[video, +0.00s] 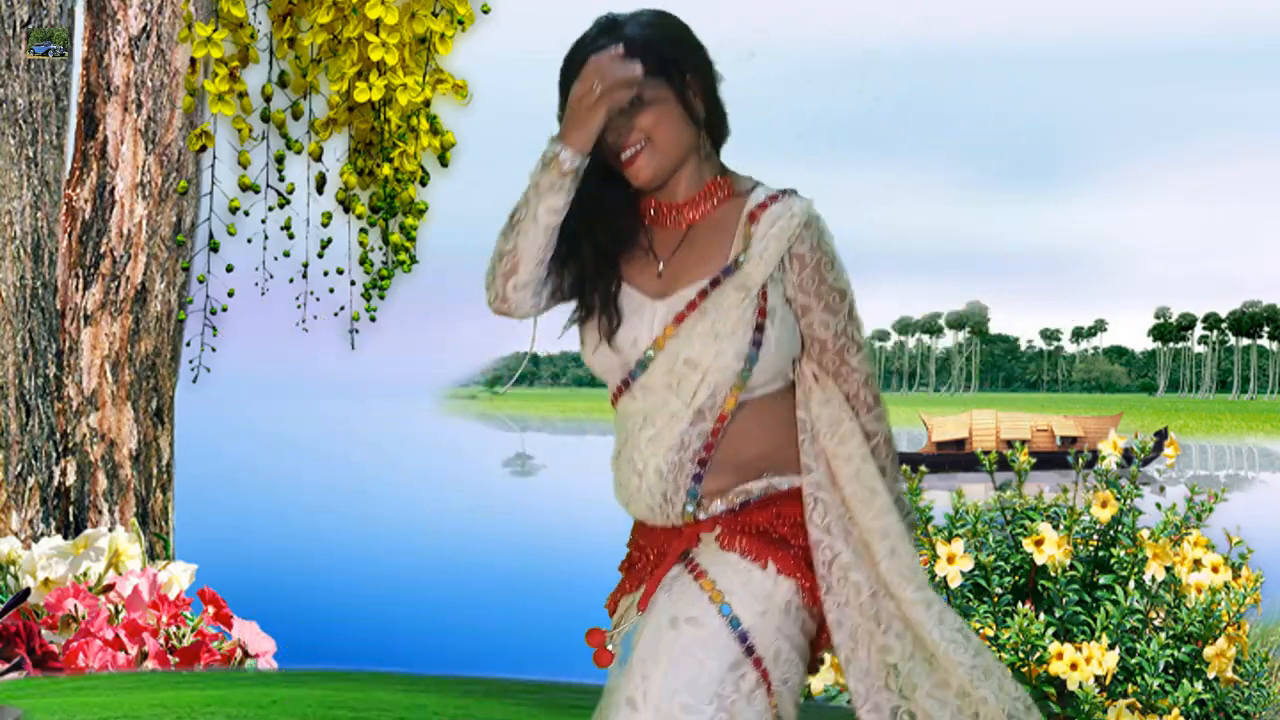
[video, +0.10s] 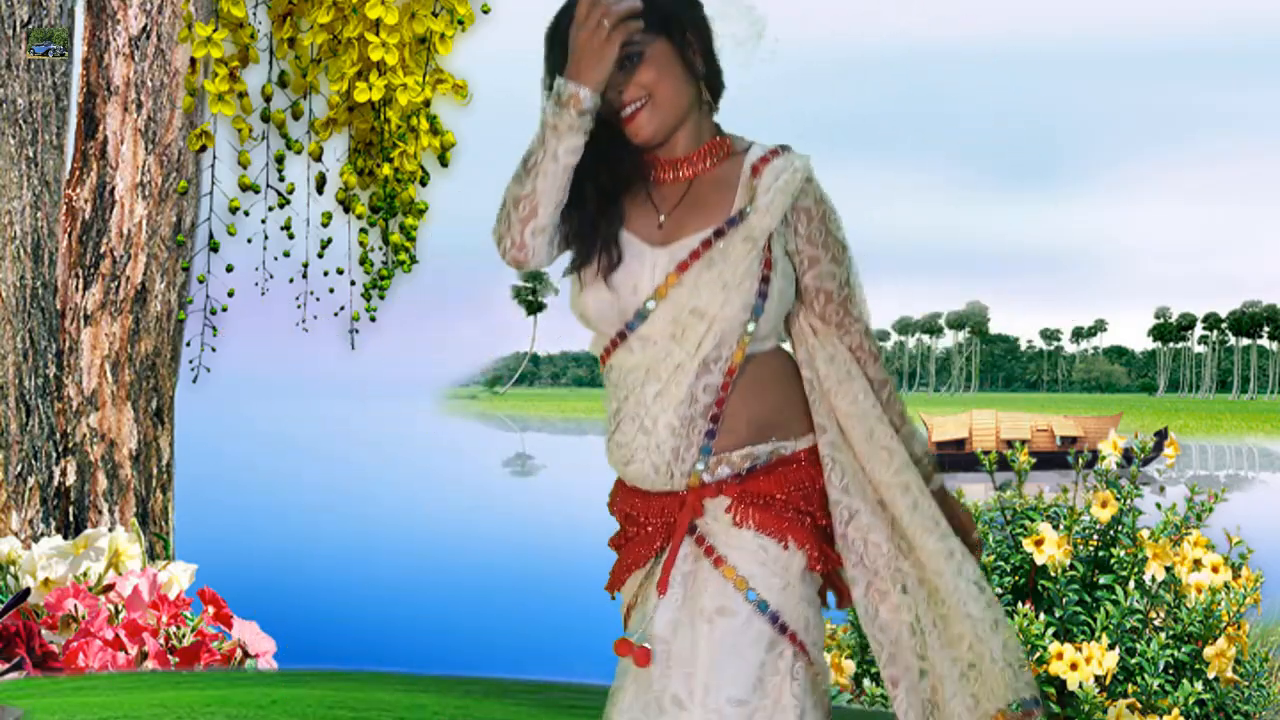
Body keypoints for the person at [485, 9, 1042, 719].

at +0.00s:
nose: (615, 132)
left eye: (633, 103)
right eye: (598, 122)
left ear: (694, 93)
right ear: (590, 141)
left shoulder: (779, 224)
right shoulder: (607, 244)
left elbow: (851, 414)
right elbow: (510, 293)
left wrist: (878, 586)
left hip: (765, 531)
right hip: (659, 541)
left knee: (638, 704)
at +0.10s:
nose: (616, 87)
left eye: (633, 56)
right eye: (597, 75)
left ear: (690, 48)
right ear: (588, 99)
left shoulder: (774, 180)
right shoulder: (602, 199)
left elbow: (848, 353)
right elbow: (520, 244)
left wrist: (923, 482)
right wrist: (575, 89)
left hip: (767, 490)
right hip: (651, 501)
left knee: (737, 698)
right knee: (656, 695)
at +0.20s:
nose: (634, 85)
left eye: (651, 52)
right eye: (609, 73)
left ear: (704, 51)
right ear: (592, 94)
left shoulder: (772, 176)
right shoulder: (584, 188)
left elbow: (862, 331)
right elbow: (526, 222)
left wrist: (963, 441)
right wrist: (573, 69)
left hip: (762, 495)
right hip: (636, 504)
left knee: (738, 695)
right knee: (643, 700)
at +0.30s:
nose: (646, 126)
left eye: (666, 95)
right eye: (618, 111)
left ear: (709, 99)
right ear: (591, 134)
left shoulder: (768, 227)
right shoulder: (573, 238)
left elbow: (877, 367)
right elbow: (525, 257)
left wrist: (998, 461)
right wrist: (570, 105)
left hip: (765, 542)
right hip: (627, 561)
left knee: (740, 711)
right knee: (633, 717)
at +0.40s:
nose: (649, 128)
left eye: (667, 99)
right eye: (616, 118)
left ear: (705, 111)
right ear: (595, 148)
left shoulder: (770, 248)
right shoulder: (576, 255)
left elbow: (862, 402)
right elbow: (507, 297)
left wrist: (983, 518)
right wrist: (544, 142)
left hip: (761, 553)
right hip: (622, 566)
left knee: (748, 703)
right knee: (599, 705)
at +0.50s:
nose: (641, 81)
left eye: (659, 56)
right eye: (611, 69)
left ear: (697, 74)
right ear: (582, 101)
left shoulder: (761, 206)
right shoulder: (567, 218)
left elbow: (830, 380)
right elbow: (495, 295)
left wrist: (918, 530)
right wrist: (519, 139)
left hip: (744, 540)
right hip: (603, 547)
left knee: (745, 708)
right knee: (587, 705)